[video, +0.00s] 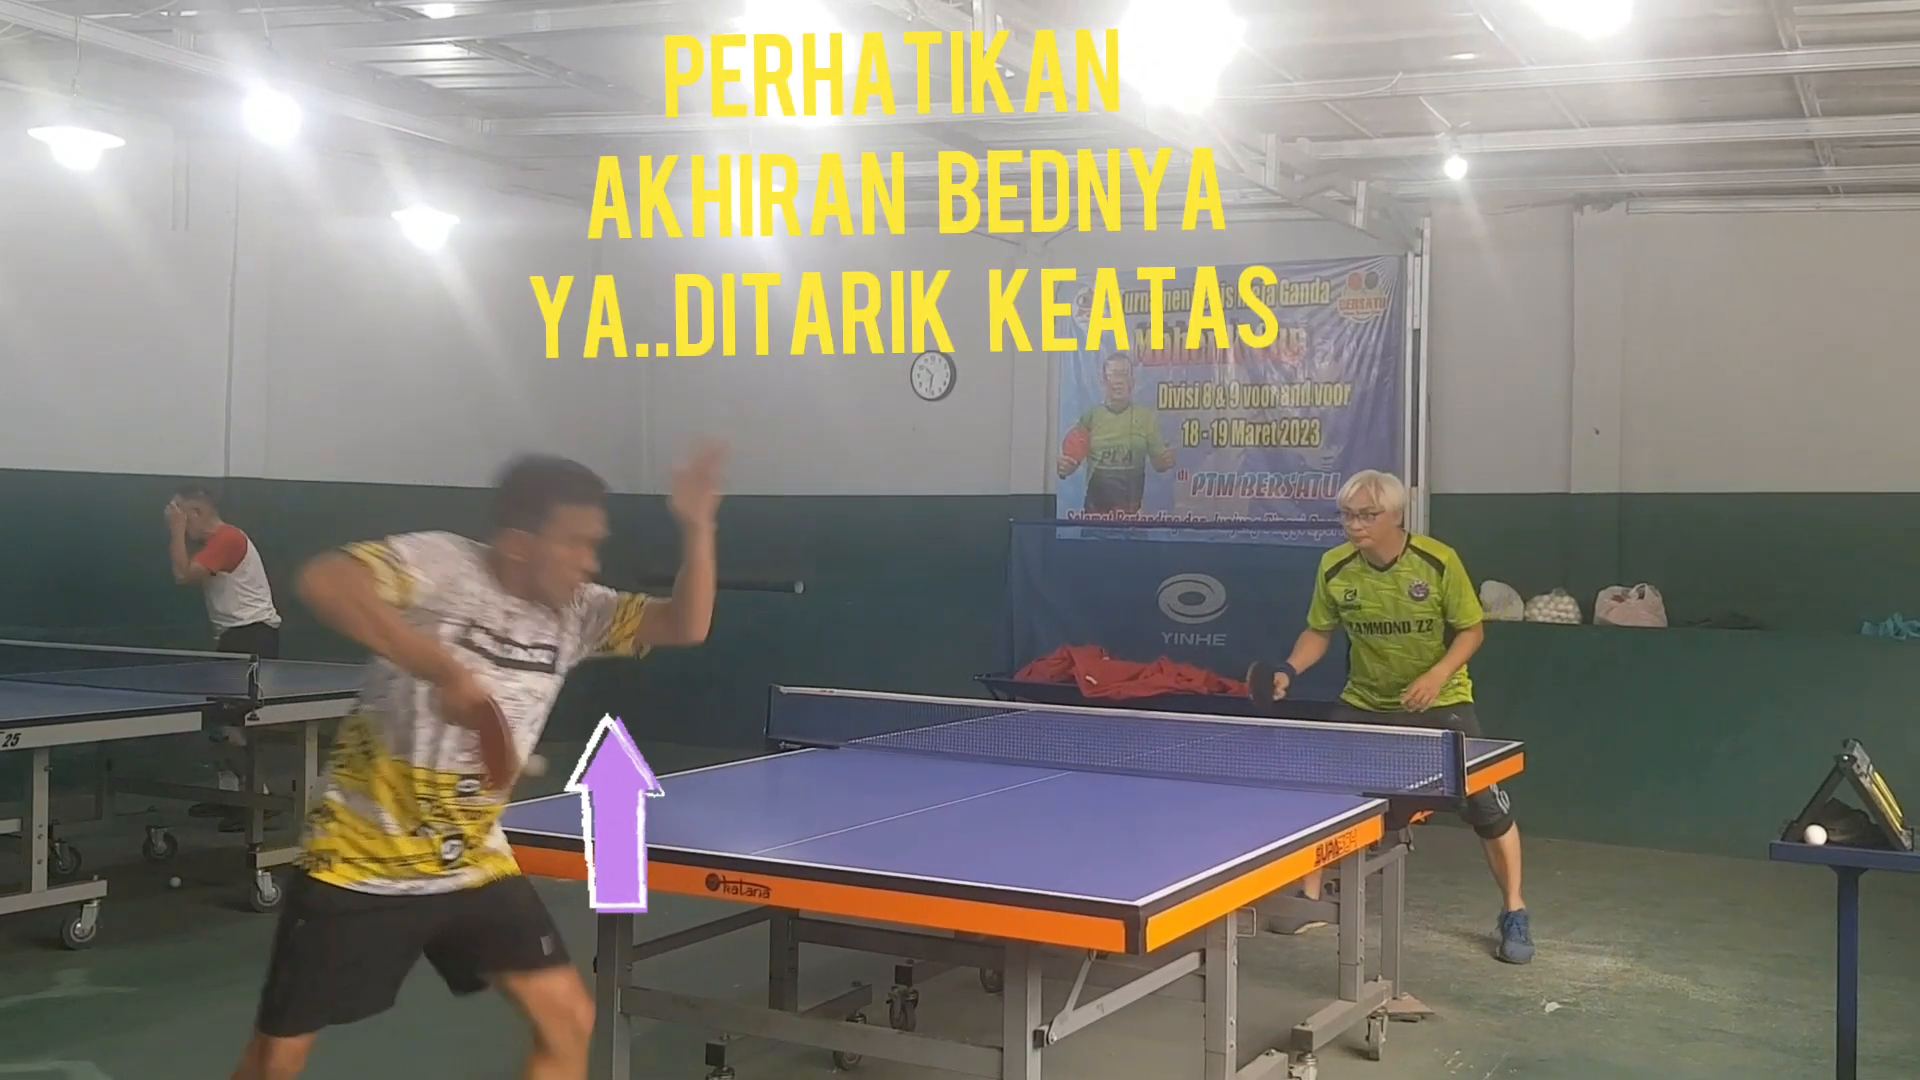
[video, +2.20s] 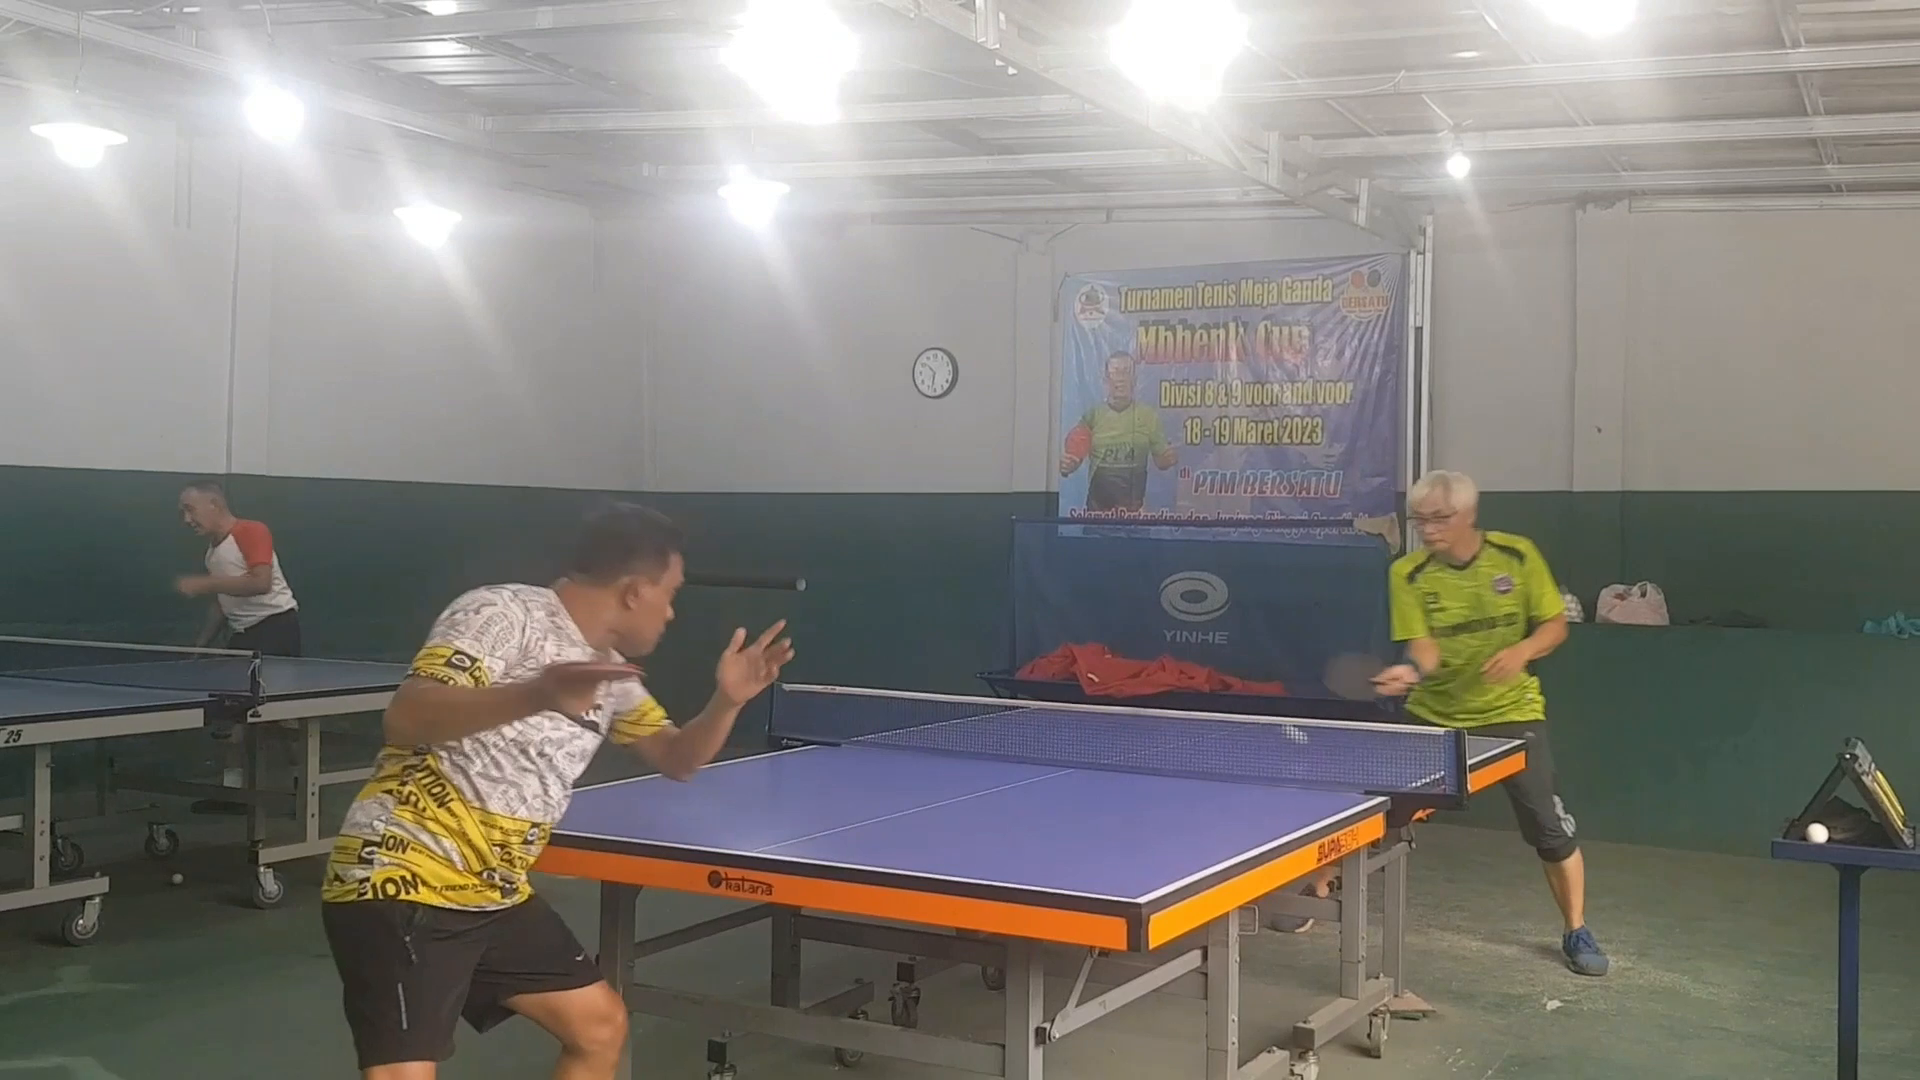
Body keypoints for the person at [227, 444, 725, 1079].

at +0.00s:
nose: (592, 563)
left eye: (596, 547)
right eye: (579, 545)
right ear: (518, 543)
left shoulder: (578, 612)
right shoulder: (442, 563)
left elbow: (685, 623)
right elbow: (325, 580)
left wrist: (698, 527)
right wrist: (444, 671)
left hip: (471, 855)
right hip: (358, 854)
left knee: (569, 1020)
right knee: (275, 1057)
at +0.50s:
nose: (659, 617)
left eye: (666, 600)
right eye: (654, 595)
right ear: (602, 575)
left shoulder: (612, 661)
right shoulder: (490, 591)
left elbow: (696, 690)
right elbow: (366, 662)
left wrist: (687, 566)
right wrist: (502, 616)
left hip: (502, 889)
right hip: (394, 883)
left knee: (606, 1031)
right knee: (333, 1068)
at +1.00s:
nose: (693, 641)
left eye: (698, 626)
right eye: (692, 621)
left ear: (646, 614)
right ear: (648, 612)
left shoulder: (632, 687)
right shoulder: (517, 615)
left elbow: (715, 746)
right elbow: (385, 695)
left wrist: (730, 635)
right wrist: (466, 613)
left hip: (510, 897)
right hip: (411, 886)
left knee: (618, 1035)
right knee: (383, 1072)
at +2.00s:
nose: (682, 622)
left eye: (684, 607)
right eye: (680, 604)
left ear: (638, 600)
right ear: (641, 598)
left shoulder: (621, 680)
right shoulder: (503, 615)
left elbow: (694, 760)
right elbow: (404, 716)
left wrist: (738, 696)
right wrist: (518, 689)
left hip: (498, 891)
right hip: (404, 879)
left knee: (607, 1026)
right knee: (407, 1070)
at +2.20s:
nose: (671, 616)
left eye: (674, 600)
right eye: (670, 598)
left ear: (626, 592)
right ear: (631, 591)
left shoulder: (607, 672)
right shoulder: (495, 613)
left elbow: (679, 758)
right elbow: (406, 717)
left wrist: (726, 702)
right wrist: (533, 695)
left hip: (490, 887)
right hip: (398, 878)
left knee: (600, 1027)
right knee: (402, 1075)